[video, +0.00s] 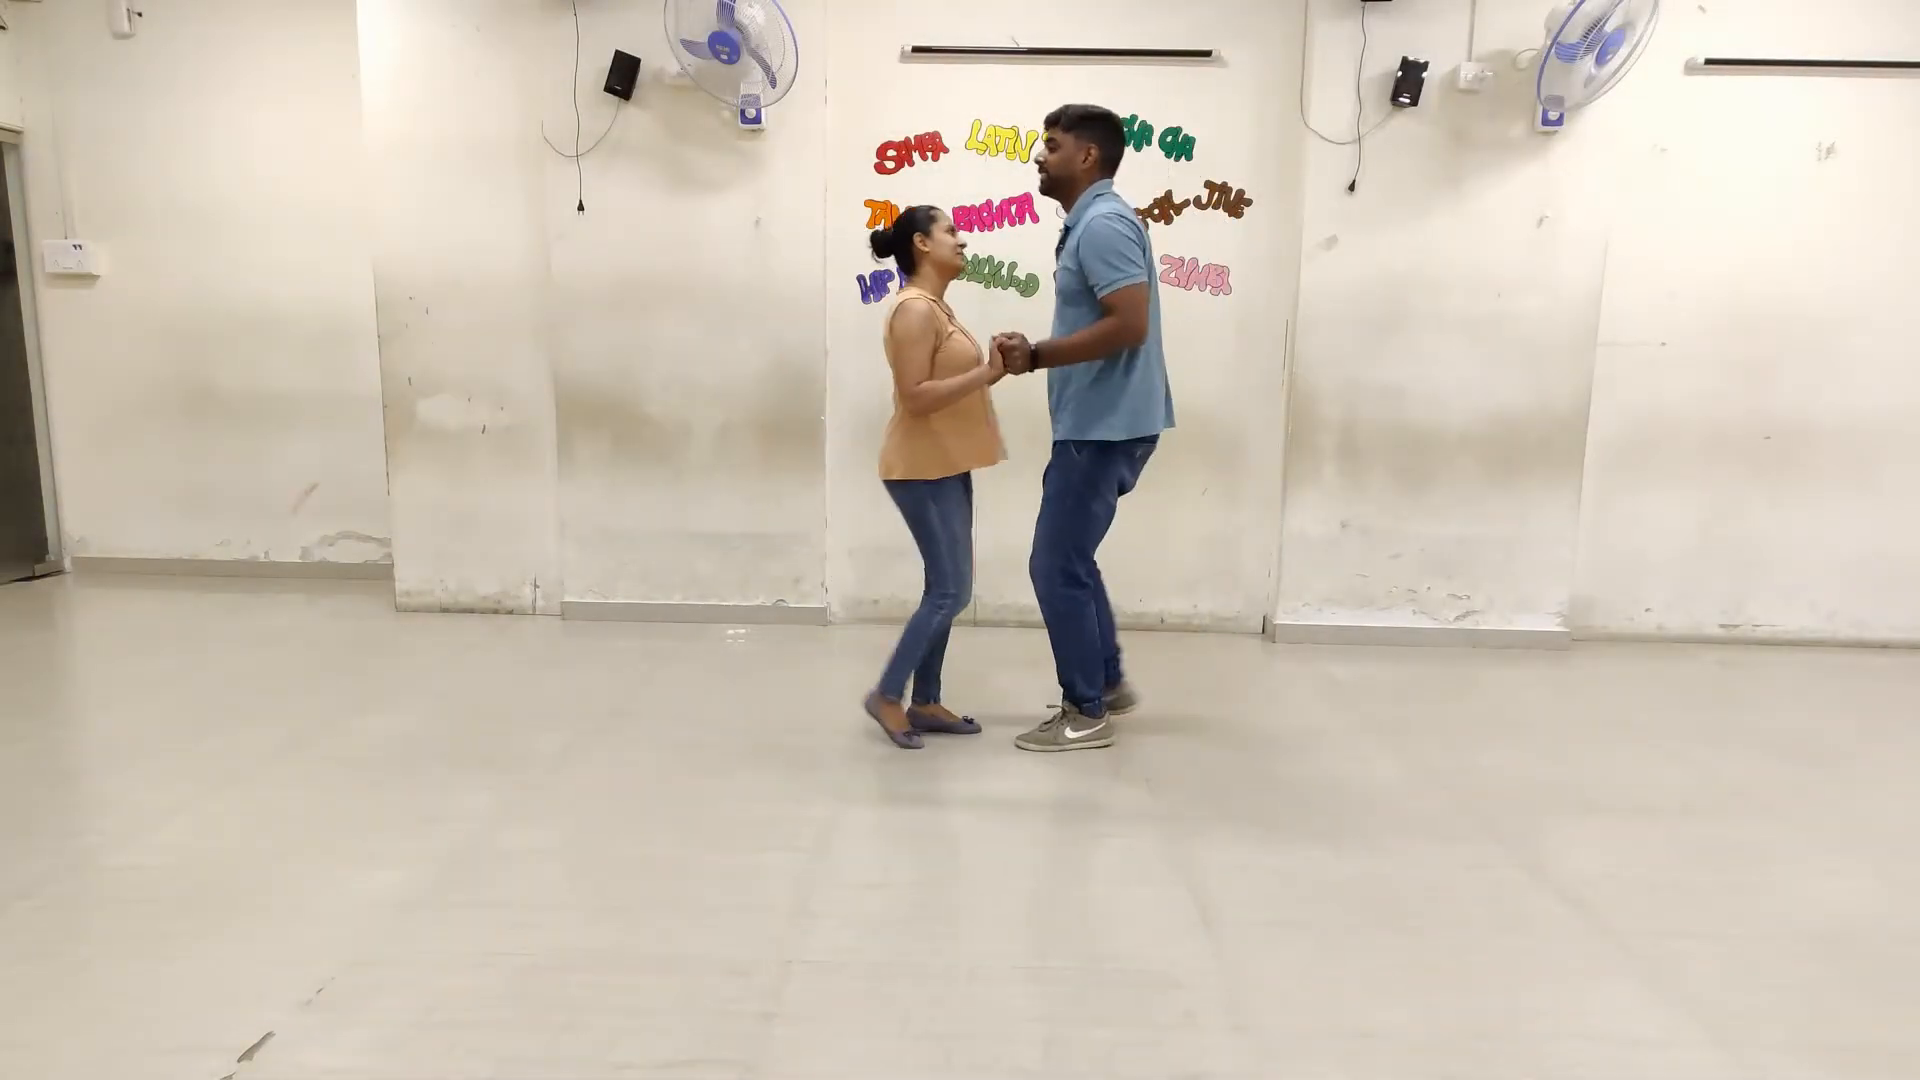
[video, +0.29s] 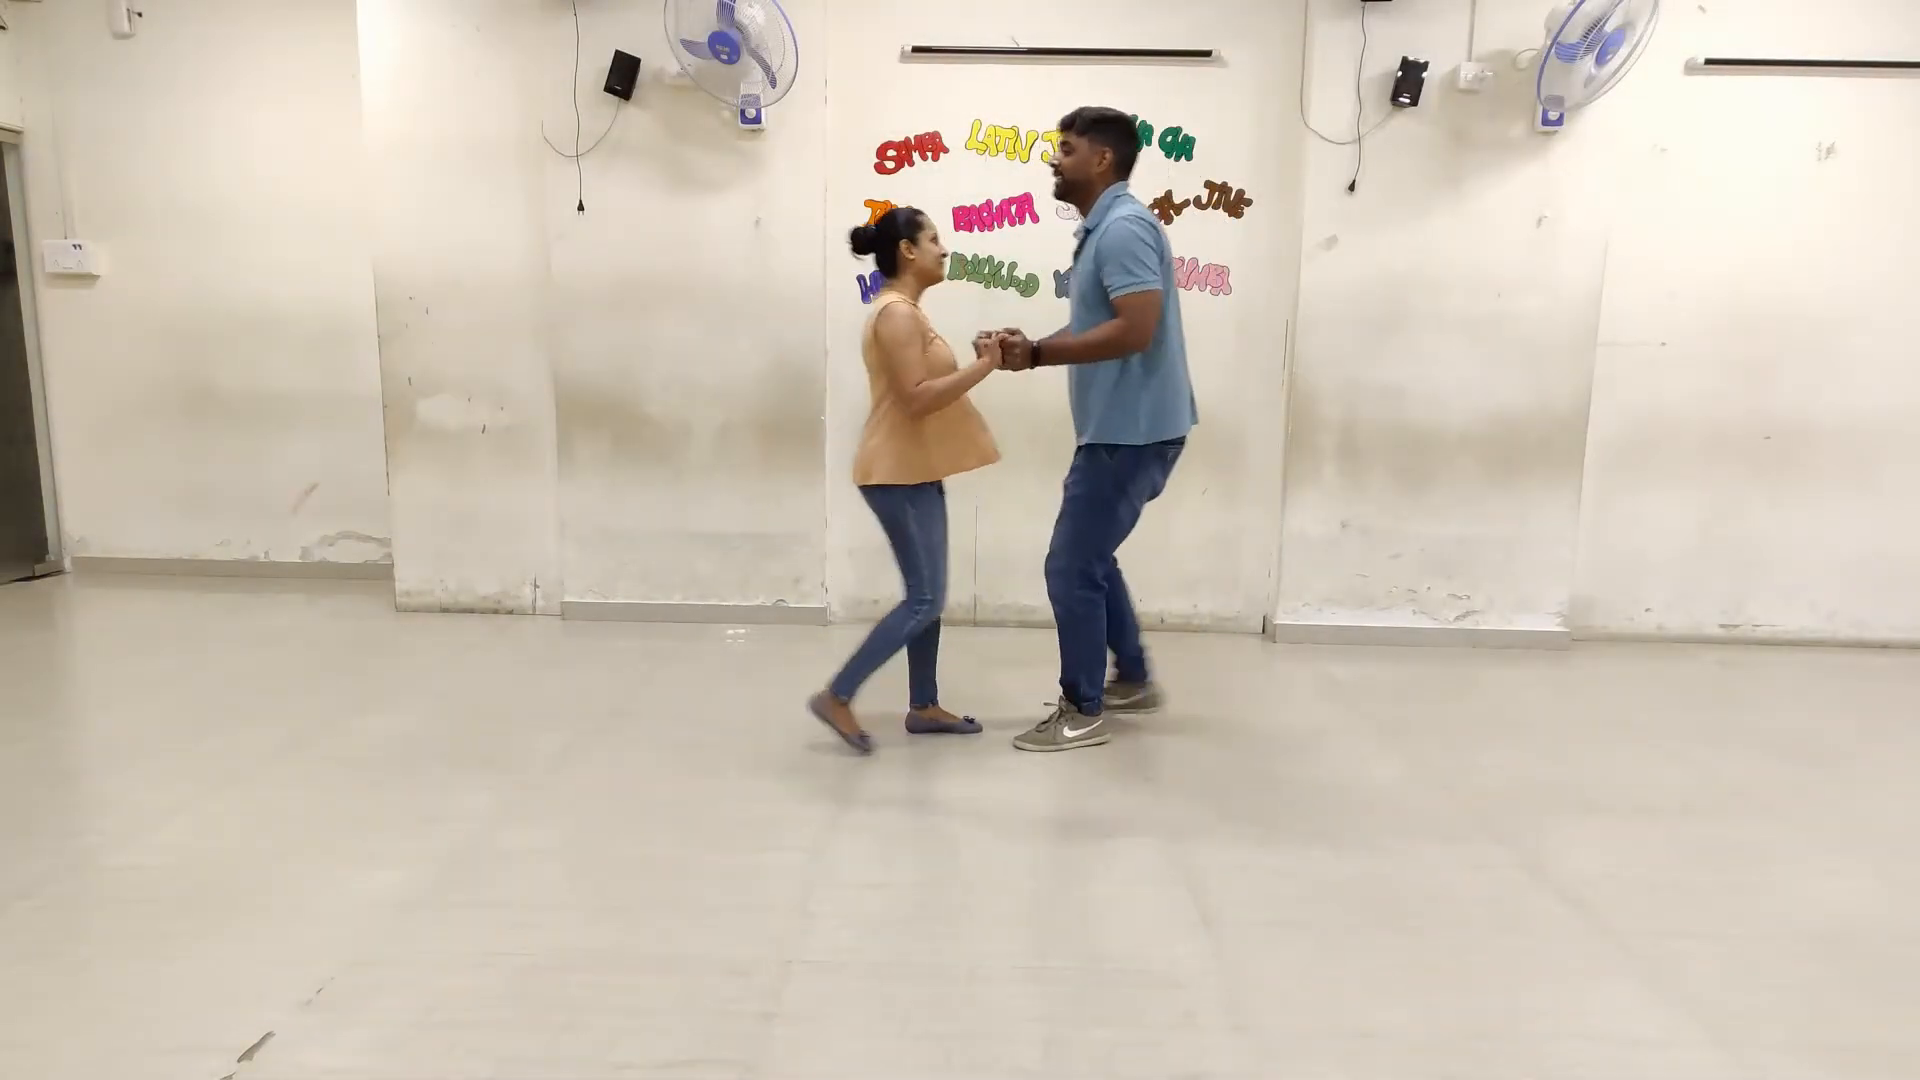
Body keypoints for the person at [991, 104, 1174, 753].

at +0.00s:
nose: (1040, 156)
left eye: (1053, 146)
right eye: (1043, 146)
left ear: (1090, 156)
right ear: (1087, 158)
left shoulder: (1103, 223)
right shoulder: (1098, 219)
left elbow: (1128, 325)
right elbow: (1113, 326)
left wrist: (1036, 353)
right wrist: (1035, 351)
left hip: (1104, 428)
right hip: (1105, 423)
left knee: (1055, 562)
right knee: (1068, 556)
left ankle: (1085, 711)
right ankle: (1107, 683)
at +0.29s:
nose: (1056, 159)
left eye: (1068, 148)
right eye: (1059, 148)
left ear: (1104, 159)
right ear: (1098, 161)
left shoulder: (1124, 227)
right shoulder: (1106, 227)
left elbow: (1136, 328)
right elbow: (1105, 330)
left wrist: (1039, 351)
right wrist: (1034, 348)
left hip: (1133, 431)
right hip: (1123, 428)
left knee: (1071, 564)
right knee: (1088, 553)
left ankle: (1082, 710)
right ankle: (1131, 677)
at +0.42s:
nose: (1100, 175)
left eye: (1114, 167)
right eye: (1104, 165)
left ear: (1153, 180)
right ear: (1131, 178)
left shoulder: (1170, 251)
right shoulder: (1127, 254)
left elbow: (1161, 352)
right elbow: (1083, 341)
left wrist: (1064, 377)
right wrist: (1002, 363)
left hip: (1158, 450)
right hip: (1135, 446)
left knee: (1075, 569)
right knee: (1116, 573)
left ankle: (1082, 713)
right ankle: (1222, 673)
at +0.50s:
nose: (1135, 192)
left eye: (1151, 184)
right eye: (1140, 180)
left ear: (1191, 200)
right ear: (1156, 190)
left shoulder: (1207, 269)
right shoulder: (1157, 268)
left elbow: (1176, 371)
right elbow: (1108, 349)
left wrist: (1071, 394)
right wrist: (1030, 387)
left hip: (1183, 460)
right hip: (1166, 456)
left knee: (1087, 570)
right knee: (1157, 587)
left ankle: (1079, 712)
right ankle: (1251, 697)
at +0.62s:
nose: (1162, 188)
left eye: (1176, 179)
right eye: (1166, 176)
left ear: (1215, 191)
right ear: (1202, 192)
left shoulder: (1224, 257)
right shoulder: (1205, 254)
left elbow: (1165, 354)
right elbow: (1156, 356)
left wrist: (1064, 349)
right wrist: (1081, 398)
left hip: (1215, 450)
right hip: (1216, 448)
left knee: (1125, 567)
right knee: (1185, 580)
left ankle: (1092, 714)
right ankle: (1257, 707)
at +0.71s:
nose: (1178, 176)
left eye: (1192, 168)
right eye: (1182, 165)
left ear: (1229, 180)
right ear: (1225, 182)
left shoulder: (1232, 240)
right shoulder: (1242, 240)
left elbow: (1160, 334)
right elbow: (1202, 348)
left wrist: (1063, 323)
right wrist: (1130, 392)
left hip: (1232, 438)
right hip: (1262, 438)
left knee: (1149, 560)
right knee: (1209, 571)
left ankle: (1157, 721)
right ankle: (1259, 708)